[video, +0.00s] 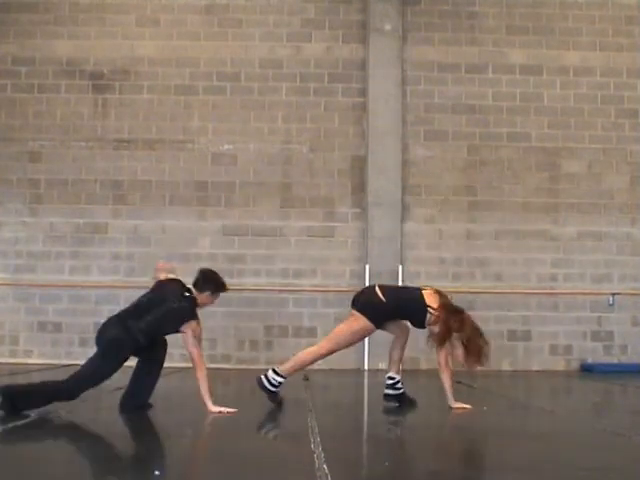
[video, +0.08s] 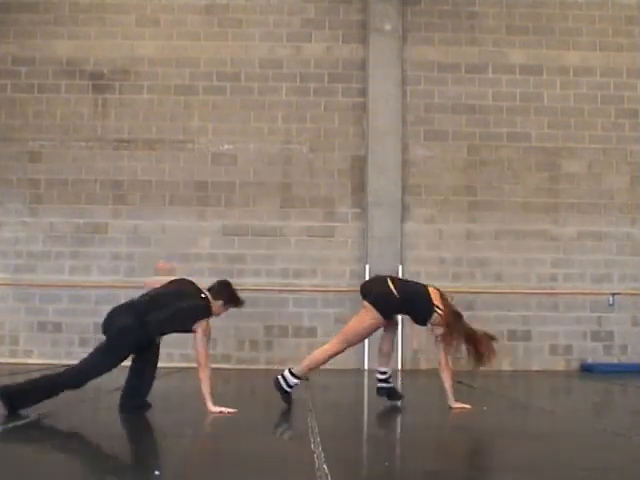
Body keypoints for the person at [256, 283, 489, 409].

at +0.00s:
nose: (442, 337)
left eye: (446, 335)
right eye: (444, 333)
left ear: (450, 315)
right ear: (449, 324)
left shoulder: (435, 298)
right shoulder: (436, 320)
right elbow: (444, 364)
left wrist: (460, 355)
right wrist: (452, 401)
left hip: (372, 298)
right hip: (373, 308)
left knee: (403, 330)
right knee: (325, 348)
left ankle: (393, 383)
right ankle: (273, 377)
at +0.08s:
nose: (449, 342)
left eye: (453, 341)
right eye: (453, 341)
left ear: (452, 324)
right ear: (453, 328)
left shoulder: (440, 299)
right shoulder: (441, 322)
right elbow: (444, 363)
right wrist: (452, 401)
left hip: (377, 285)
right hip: (384, 301)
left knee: (391, 328)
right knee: (340, 344)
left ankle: (383, 380)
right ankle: (289, 377)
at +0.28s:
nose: (445, 331)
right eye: (447, 327)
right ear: (445, 316)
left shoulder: (422, 287)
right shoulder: (442, 320)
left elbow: (387, 272)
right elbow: (447, 365)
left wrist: (373, 297)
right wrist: (452, 401)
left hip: (399, 303)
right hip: (410, 330)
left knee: (354, 314)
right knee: (357, 364)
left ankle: (336, 328)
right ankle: (308, 391)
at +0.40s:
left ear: (422, 291)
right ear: (436, 304)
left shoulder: (418, 288)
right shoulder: (440, 320)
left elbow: (384, 276)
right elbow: (448, 364)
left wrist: (366, 298)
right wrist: (452, 401)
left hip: (410, 329)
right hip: (419, 353)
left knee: (347, 322)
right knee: (362, 377)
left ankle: (378, 351)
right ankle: (310, 396)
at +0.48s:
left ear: (416, 293)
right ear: (430, 301)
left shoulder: (414, 292)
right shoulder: (437, 319)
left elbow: (384, 283)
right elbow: (447, 360)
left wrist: (369, 306)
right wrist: (452, 400)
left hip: (418, 349)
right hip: (424, 368)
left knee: (361, 347)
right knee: (361, 385)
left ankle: (402, 388)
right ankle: (310, 398)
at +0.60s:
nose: (399, 301)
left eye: (402, 298)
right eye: (399, 299)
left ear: (412, 301)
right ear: (408, 304)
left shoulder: (415, 314)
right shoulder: (410, 331)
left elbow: (398, 294)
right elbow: (443, 363)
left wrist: (388, 323)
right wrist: (453, 398)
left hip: (432, 374)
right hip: (420, 385)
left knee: (382, 347)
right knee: (363, 394)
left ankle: (413, 393)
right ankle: (310, 399)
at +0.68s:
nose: (392, 302)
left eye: (392, 301)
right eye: (391, 302)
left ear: (405, 303)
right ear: (393, 314)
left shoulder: (416, 319)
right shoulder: (407, 337)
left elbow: (412, 299)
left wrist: (403, 329)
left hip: (441, 380)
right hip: (424, 388)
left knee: (393, 344)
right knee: (363, 398)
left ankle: (418, 396)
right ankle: (312, 400)